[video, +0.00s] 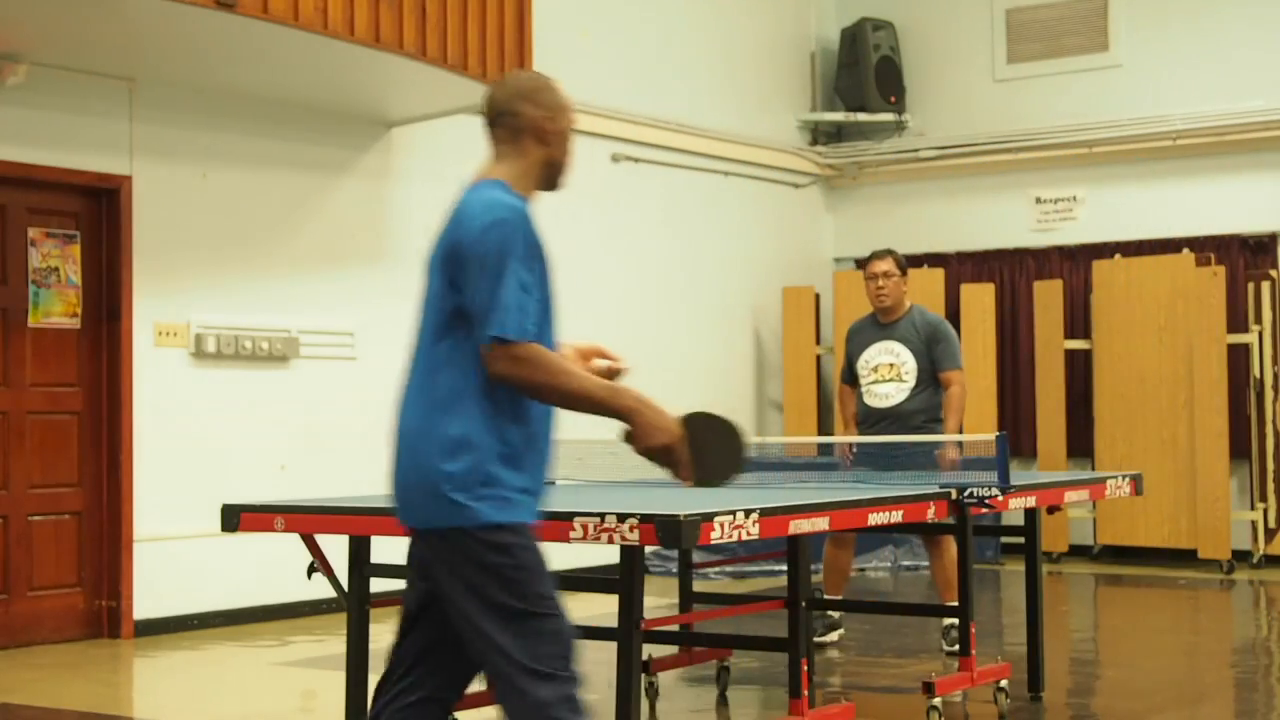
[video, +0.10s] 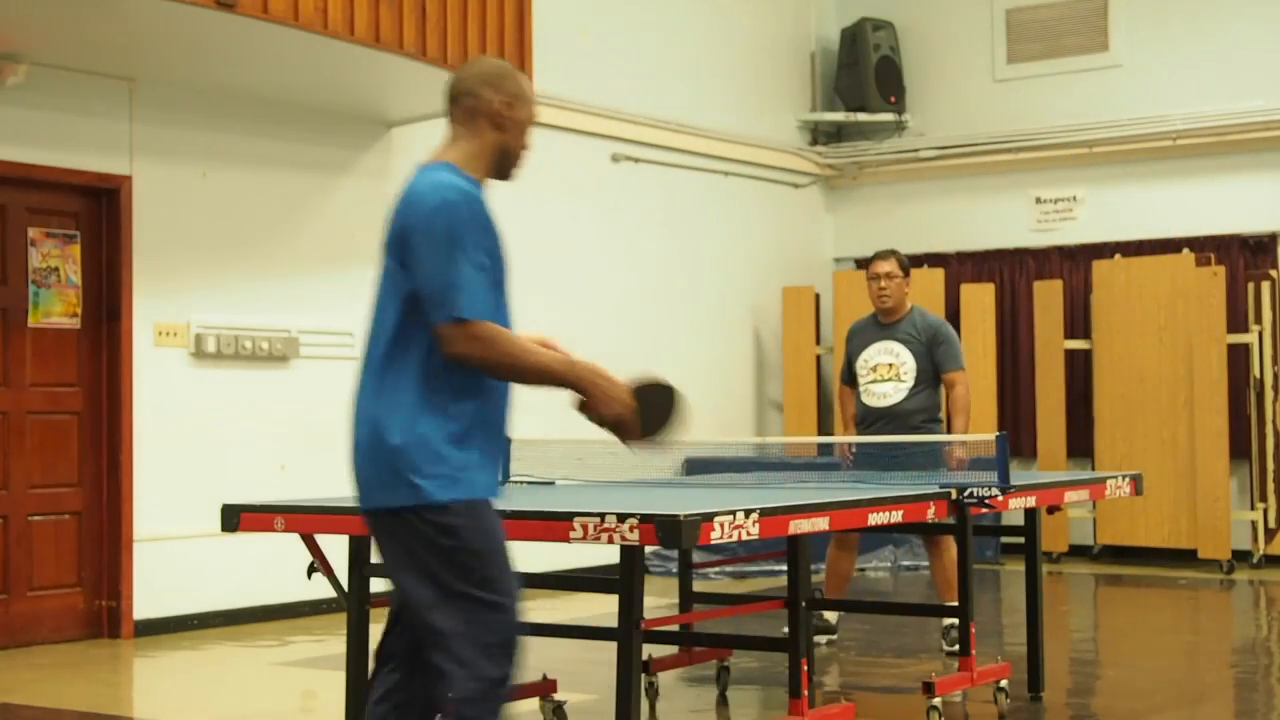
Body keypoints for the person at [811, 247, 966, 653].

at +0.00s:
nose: (880, 285)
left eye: (888, 277)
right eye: (872, 279)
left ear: (905, 281)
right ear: (864, 286)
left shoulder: (933, 327)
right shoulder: (857, 333)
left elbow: (954, 385)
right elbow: (848, 384)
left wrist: (950, 439)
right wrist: (848, 428)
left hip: (921, 449)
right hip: (868, 449)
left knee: (938, 533)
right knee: (841, 529)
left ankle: (953, 621)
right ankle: (829, 613)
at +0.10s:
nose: (881, 286)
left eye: (890, 278)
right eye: (874, 279)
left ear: (907, 282)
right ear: (867, 285)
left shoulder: (934, 329)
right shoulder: (857, 333)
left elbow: (957, 385)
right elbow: (847, 385)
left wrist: (958, 441)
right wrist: (848, 430)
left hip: (922, 451)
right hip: (868, 451)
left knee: (938, 535)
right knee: (844, 532)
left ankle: (953, 621)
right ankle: (828, 617)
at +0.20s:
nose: (880, 286)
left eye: (888, 278)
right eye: (873, 279)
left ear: (904, 284)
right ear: (864, 286)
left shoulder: (930, 331)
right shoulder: (853, 334)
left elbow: (953, 387)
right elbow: (843, 386)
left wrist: (954, 439)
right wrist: (842, 430)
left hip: (918, 447)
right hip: (865, 450)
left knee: (935, 534)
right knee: (846, 533)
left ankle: (953, 620)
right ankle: (825, 616)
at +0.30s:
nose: (874, 285)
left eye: (882, 278)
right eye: (867, 279)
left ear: (898, 283)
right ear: (858, 285)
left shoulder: (923, 330)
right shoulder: (846, 333)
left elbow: (944, 389)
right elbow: (834, 387)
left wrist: (944, 440)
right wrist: (832, 433)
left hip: (911, 450)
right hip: (858, 452)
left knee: (929, 533)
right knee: (842, 532)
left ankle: (953, 619)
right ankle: (823, 617)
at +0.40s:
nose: (868, 285)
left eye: (876, 278)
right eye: (861, 279)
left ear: (893, 283)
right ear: (853, 285)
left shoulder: (918, 330)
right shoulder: (840, 334)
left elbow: (937, 388)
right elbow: (828, 386)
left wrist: (933, 438)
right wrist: (823, 433)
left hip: (905, 451)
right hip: (851, 452)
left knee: (924, 532)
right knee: (841, 531)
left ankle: (952, 618)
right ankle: (822, 616)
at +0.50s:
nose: (863, 286)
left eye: (871, 279)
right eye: (857, 280)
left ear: (888, 283)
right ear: (848, 287)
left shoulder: (916, 330)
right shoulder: (837, 335)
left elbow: (934, 387)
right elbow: (824, 388)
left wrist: (922, 437)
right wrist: (816, 435)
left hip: (901, 452)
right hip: (847, 453)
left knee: (922, 532)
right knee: (839, 532)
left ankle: (951, 619)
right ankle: (822, 616)